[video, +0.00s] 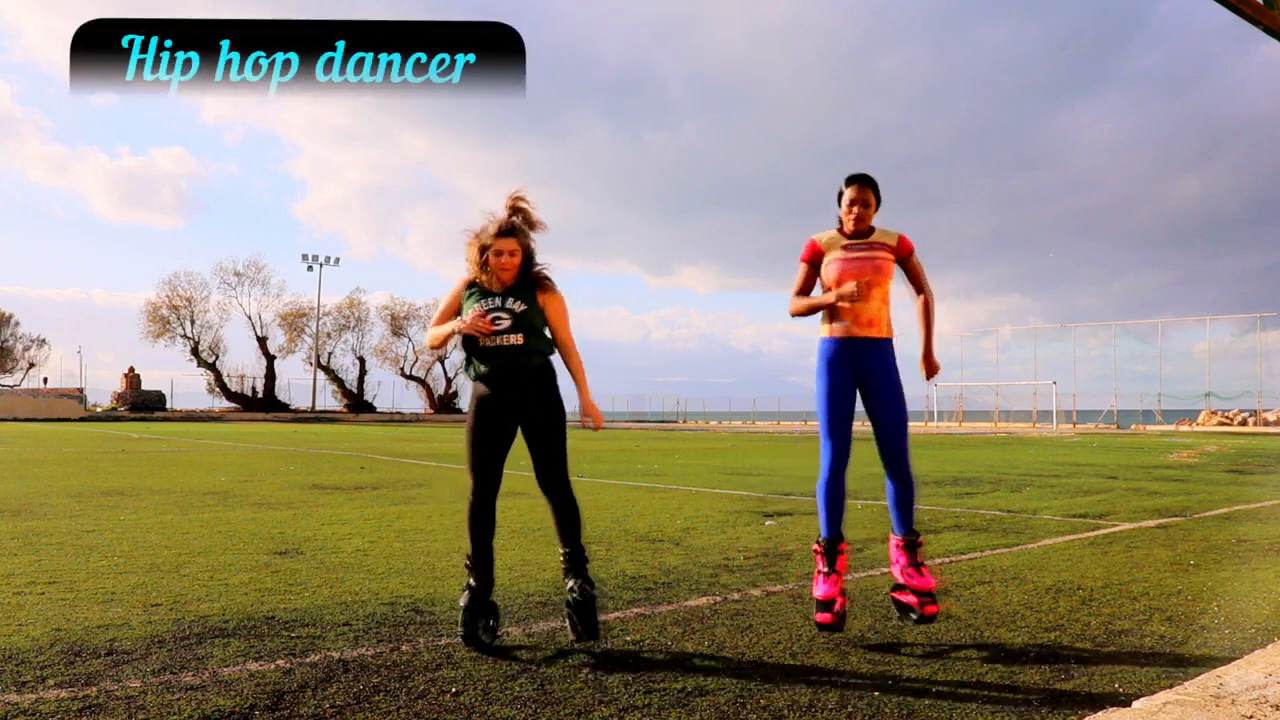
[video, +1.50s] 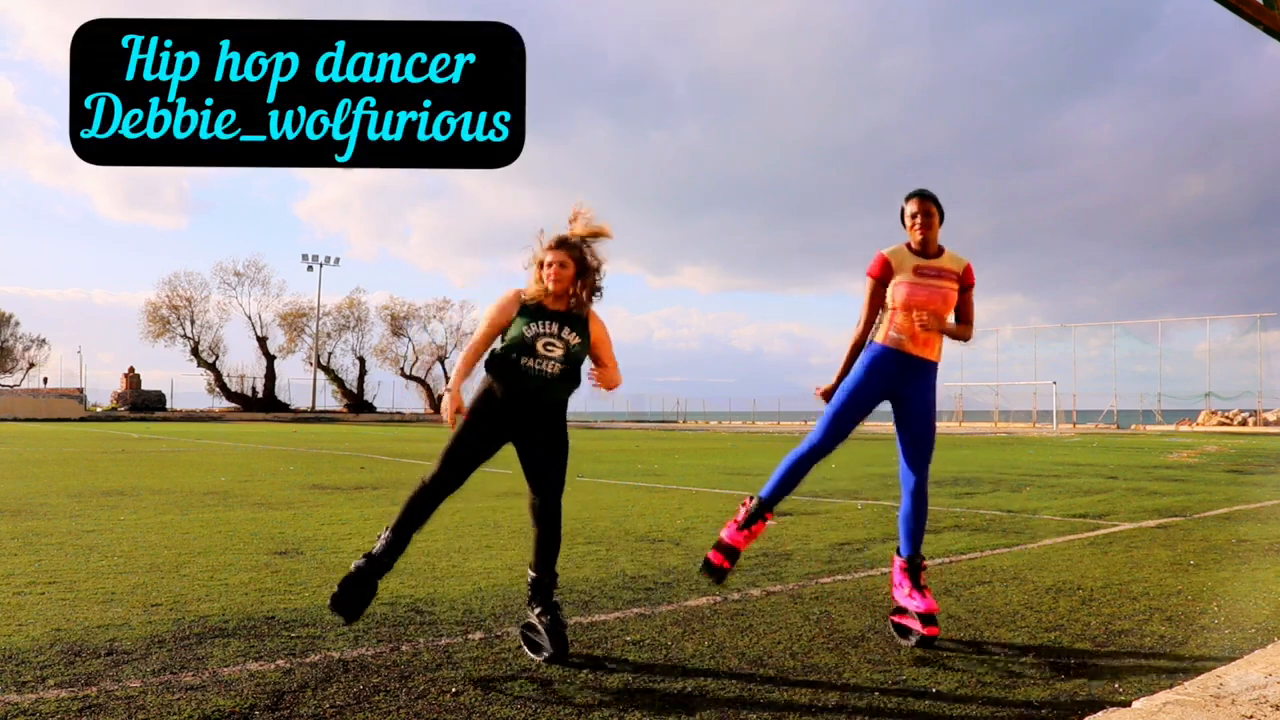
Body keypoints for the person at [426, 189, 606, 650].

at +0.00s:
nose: (504, 260)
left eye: (512, 253)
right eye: (497, 253)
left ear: (524, 258)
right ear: (485, 257)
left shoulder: (542, 292)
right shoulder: (468, 290)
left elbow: (565, 344)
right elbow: (431, 340)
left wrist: (585, 398)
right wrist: (458, 325)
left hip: (540, 397)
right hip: (491, 398)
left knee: (556, 484)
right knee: (482, 490)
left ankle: (577, 578)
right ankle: (480, 585)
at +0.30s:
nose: (469, 277)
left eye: (476, 270)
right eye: (461, 270)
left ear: (489, 272)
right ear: (450, 273)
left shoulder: (509, 308)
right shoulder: (436, 319)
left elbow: (547, 350)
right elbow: (426, 375)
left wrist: (578, 389)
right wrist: (431, 355)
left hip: (521, 410)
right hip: (473, 421)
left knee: (577, 477)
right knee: (478, 509)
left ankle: (630, 546)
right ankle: (486, 599)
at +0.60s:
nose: (452, 273)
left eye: (461, 267)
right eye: (447, 267)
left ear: (476, 275)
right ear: (439, 276)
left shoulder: (501, 313)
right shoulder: (428, 324)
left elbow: (537, 365)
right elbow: (420, 389)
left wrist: (567, 413)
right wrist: (426, 372)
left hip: (513, 416)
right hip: (464, 424)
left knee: (562, 494)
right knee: (467, 518)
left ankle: (613, 572)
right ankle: (470, 609)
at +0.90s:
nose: (487, 251)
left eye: (496, 244)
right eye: (484, 243)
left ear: (518, 247)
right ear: (481, 242)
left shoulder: (542, 283)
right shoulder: (471, 276)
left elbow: (574, 332)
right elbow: (442, 325)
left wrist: (543, 301)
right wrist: (421, 374)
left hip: (520, 394)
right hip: (470, 392)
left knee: (528, 491)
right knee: (459, 489)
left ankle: (529, 586)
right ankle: (448, 586)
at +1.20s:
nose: (533, 273)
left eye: (542, 267)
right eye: (531, 266)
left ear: (563, 273)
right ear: (527, 268)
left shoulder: (580, 323)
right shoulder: (510, 303)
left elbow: (588, 377)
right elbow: (474, 352)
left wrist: (579, 363)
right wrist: (448, 400)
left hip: (538, 423)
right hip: (488, 408)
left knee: (532, 513)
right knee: (430, 475)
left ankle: (522, 607)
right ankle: (365, 554)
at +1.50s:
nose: (551, 271)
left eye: (560, 265)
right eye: (547, 264)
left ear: (579, 274)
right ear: (540, 269)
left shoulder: (590, 323)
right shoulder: (516, 303)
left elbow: (611, 372)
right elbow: (477, 347)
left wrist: (609, 378)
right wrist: (453, 387)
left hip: (546, 420)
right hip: (496, 407)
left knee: (548, 509)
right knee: (440, 482)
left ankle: (543, 601)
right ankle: (373, 568)